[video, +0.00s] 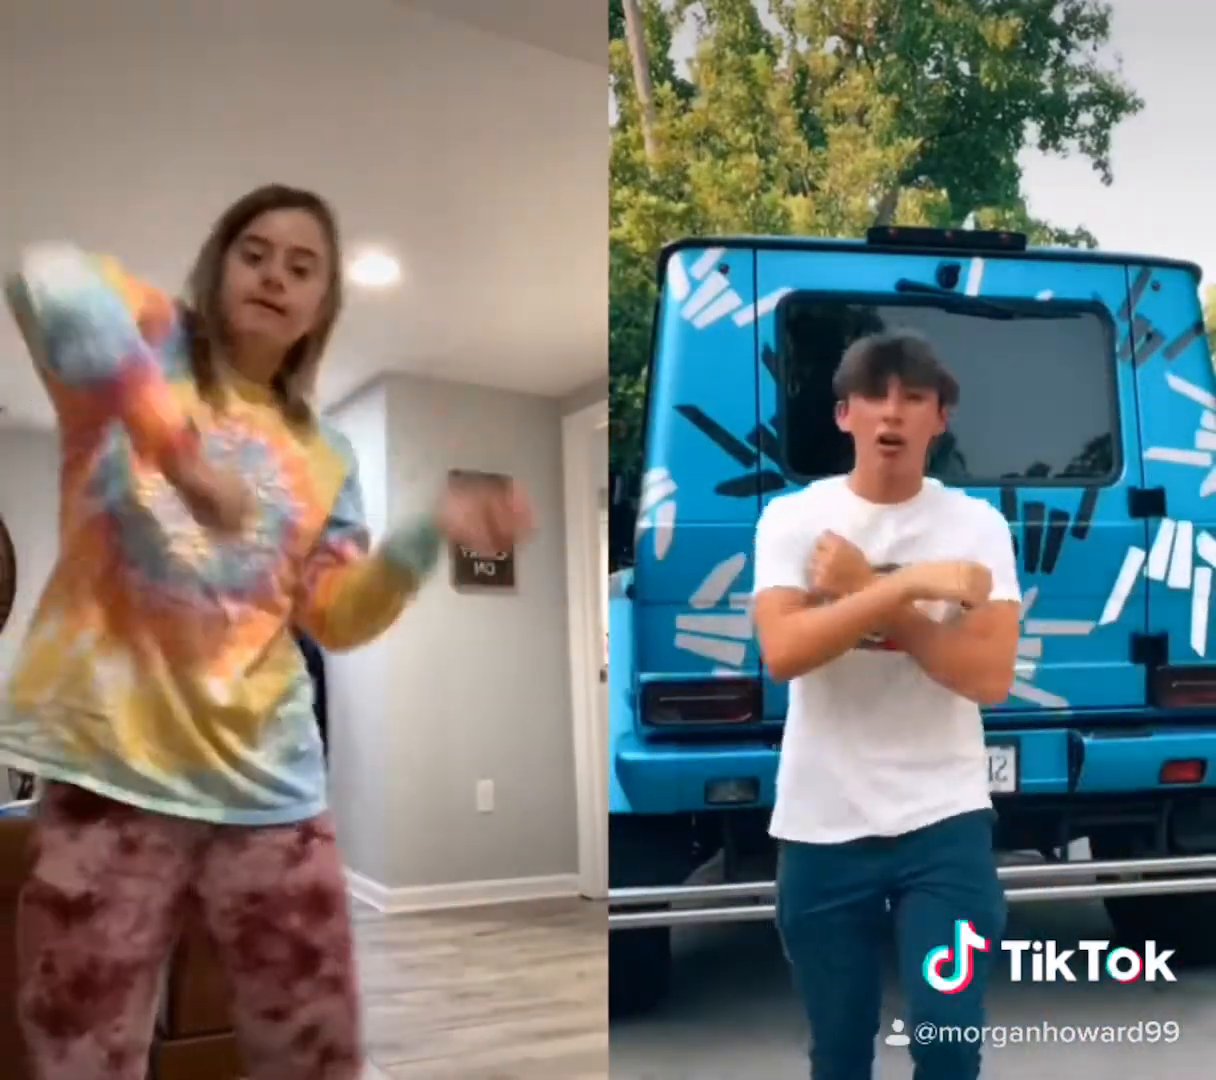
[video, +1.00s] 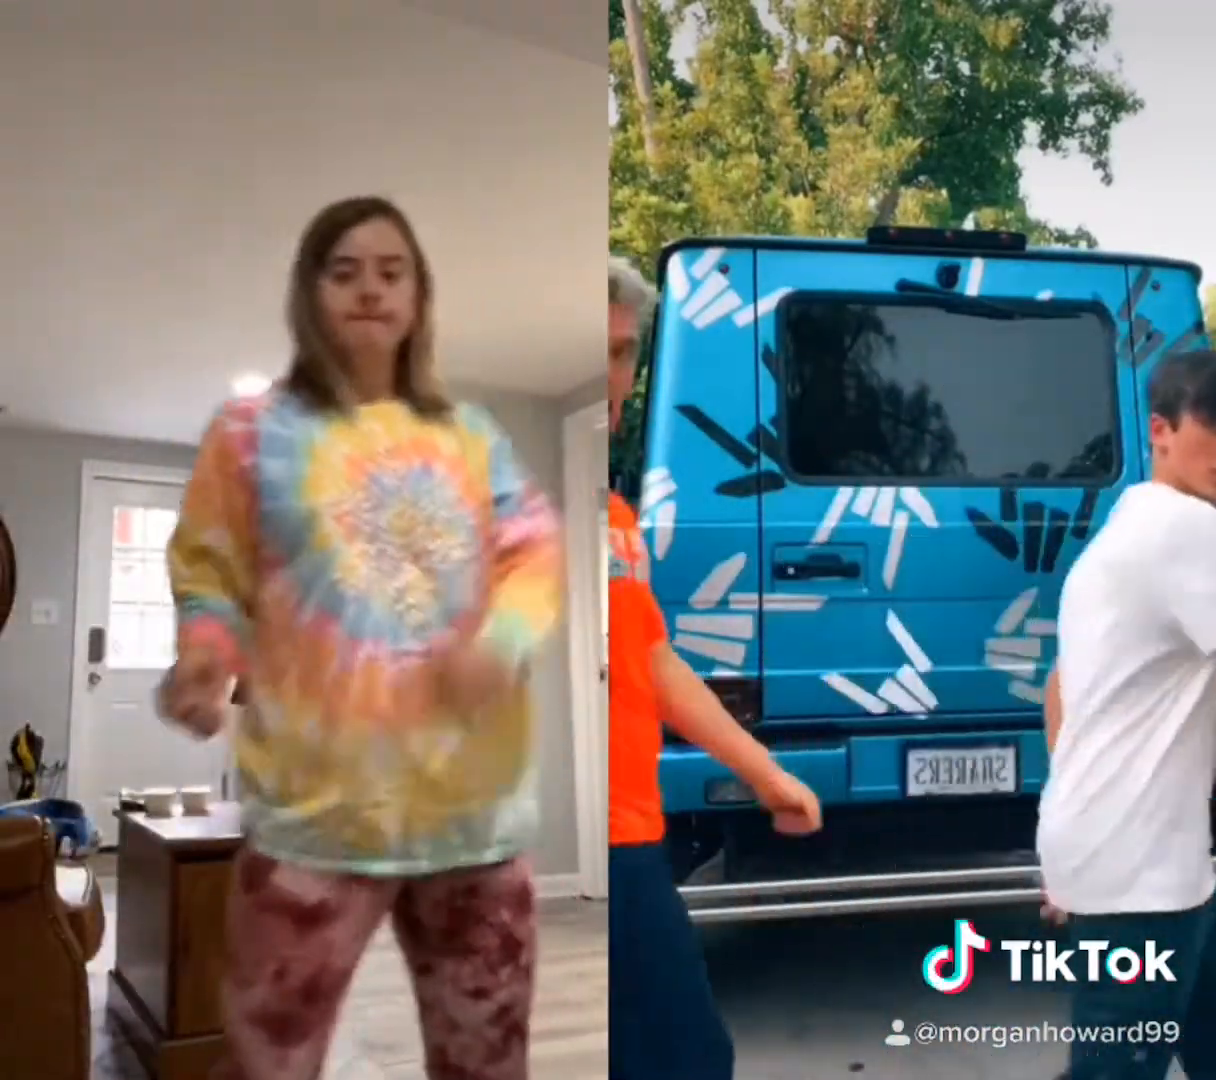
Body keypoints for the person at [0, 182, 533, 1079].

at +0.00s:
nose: (274, 276)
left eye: (303, 266)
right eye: (254, 253)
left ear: (324, 308)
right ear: (216, 269)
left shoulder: (326, 458)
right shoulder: (149, 346)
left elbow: (334, 622)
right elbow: (50, 281)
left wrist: (429, 534)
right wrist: (178, 454)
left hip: (271, 799)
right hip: (106, 786)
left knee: (314, 1061)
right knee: (78, 1064)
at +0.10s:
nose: (311, 286)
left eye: (340, 275)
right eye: (293, 260)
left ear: (361, 315)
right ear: (253, 271)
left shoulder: (356, 463)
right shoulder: (180, 344)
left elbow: (351, 631)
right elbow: (79, 387)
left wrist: (453, 619)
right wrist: (228, 538)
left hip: (301, 806)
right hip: (136, 796)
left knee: (375, 1060)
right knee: (108, 1067)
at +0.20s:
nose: (353, 296)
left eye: (382, 285)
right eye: (335, 271)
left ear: (406, 318)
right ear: (294, 280)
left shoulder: (412, 471)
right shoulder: (199, 387)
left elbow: (400, 629)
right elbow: (109, 490)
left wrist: (472, 703)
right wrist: (263, 598)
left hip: (359, 817)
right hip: (196, 812)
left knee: (430, 1057)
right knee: (147, 1063)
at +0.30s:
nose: (397, 318)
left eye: (425, 304)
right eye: (378, 293)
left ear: (450, 336)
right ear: (337, 305)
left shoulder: (464, 487)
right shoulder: (242, 440)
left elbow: (477, 646)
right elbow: (166, 603)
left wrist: (492, 753)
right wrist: (315, 679)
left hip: (428, 837)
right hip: (266, 843)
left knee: (503, 1061)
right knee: (216, 1068)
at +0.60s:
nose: (449, 288)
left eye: (474, 271)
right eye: (427, 265)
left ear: (502, 298)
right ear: (389, 282)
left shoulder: (541, 438)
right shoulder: (316, 423)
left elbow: (573, 576)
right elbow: (261, 585)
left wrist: (571, 629)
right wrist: (387, 604)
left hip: (507, 811)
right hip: (353, 811)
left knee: (521, 1062)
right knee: (360, 1063)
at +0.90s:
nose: (401, 287)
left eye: (424, 269)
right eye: (377, 268)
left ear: (451, 294)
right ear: (342, 288)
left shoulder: (508, 428)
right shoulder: (283, 430)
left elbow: (595, 559)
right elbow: (230, 563)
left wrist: (545, 562)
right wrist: (253, 624)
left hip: (495, 806)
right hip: (338, 809)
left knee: (506, 1057)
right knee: (318, 1058)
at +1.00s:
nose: (370, 289)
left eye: (392, 271)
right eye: (345, 270)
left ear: (419, 296)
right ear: (309, 295)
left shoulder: (471, 437)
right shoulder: (252, 432)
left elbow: (537, 555)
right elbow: (205, 567)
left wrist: (499, 643)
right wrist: (208, 651)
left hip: (468, 807)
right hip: (312, 811)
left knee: (487, 1061)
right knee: (270, 1059)